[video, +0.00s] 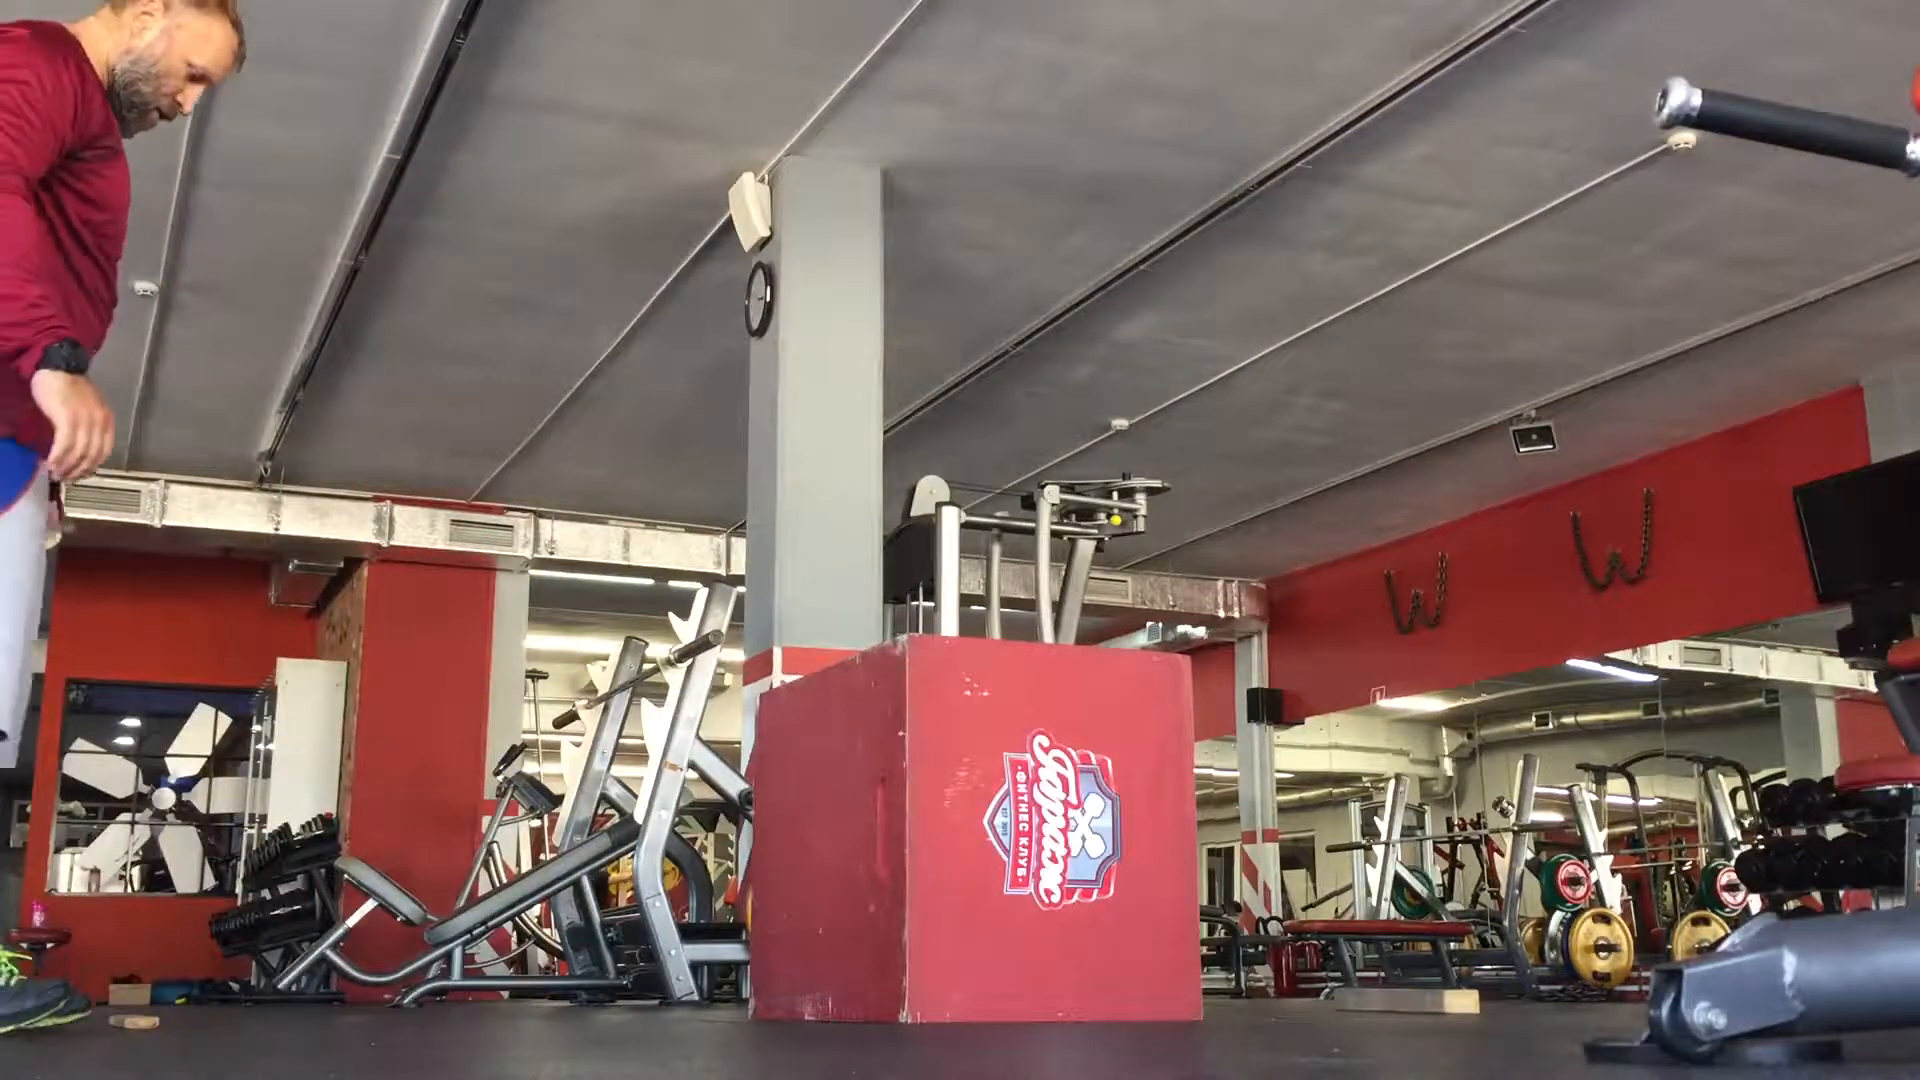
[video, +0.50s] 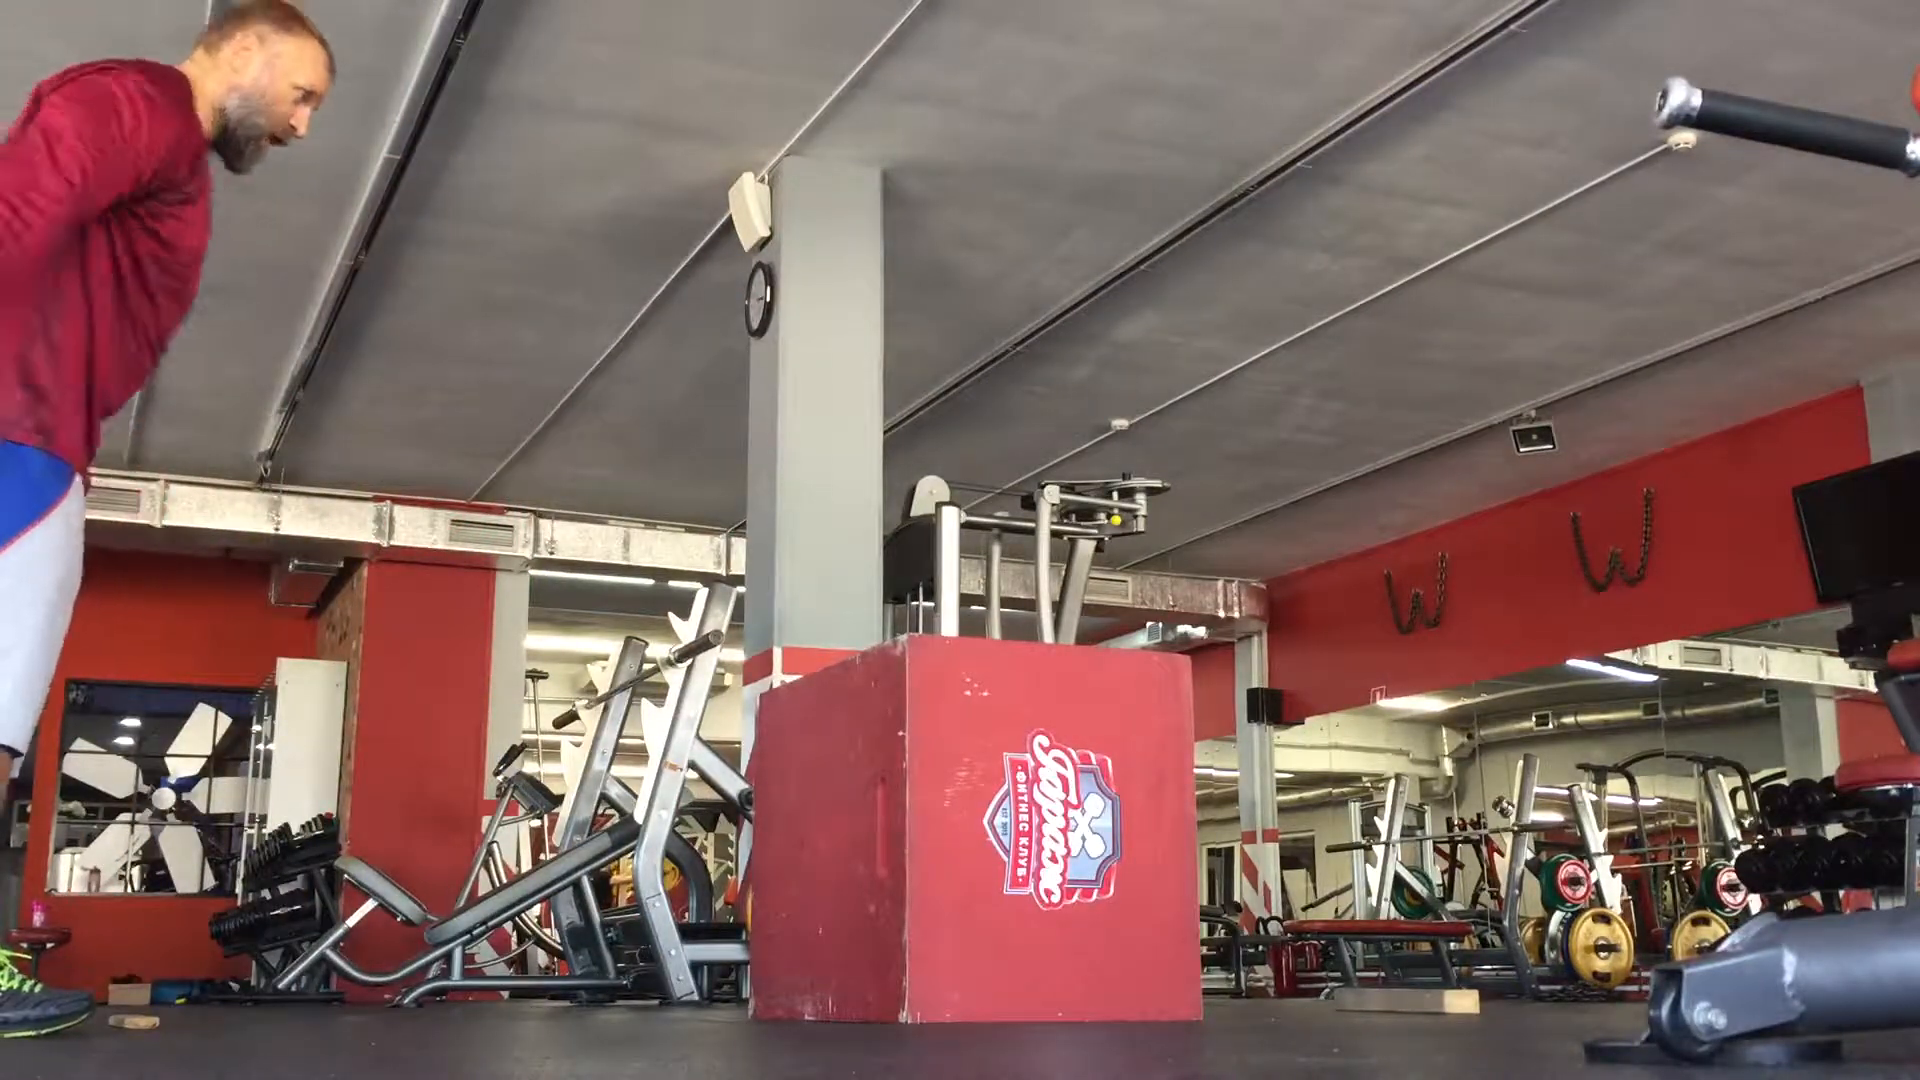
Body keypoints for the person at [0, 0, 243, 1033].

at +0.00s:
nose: (188, 105)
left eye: (204, 93)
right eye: (195, 75)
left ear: (141, 23)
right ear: (147, 16)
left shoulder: (74, 93)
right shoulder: (42, 67)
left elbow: (34, 256)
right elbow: (2, 195)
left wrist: (45, 465)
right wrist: (48, 364)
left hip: (25, 451)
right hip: (9, 449)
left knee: (9, 708)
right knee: (3, 710)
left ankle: (7, 963)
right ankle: (2, 966)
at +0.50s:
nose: (302, 124)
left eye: (314, 108)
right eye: (302, 94)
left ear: (240, 58)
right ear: (240, 52)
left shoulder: (164, 131)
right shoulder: (143, 103)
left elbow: (43, 264)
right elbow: (14, 220)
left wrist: (60, 449)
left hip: (40, 453)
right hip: (25, 451)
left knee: (12, 723)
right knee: (7, 724)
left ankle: (2, 963)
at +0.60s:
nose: (351, 157)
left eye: (363, 142)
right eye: (353, 125)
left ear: (300, 105)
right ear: (288, 82)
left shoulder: (217, 172)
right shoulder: (194, 113)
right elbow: (20, 110)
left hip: (43, 438)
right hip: (25, 432)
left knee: (17, 723)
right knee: (10, 723)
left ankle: (4, 958)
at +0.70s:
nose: (394, 222)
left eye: (404, 204)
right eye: (395, 190)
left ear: (340, 163)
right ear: (333, 147)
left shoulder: (249, 226)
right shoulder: (243, 152)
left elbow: (97, 299)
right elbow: (82, 76)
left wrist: (73, 447)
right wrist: (8, 50)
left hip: (37, 422)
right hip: (19, 407)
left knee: (41, 672)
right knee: (40, 672)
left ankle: (7, 952)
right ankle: (3, 957)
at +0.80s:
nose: (424, 308)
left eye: (434, 291)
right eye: (424, 278)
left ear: (372, 247)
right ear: (370, 237)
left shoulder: (262, 296)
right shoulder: (271, 223)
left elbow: (30, 253)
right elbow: (104, 129)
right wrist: (5, 79)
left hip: (34, 447)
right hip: (22, 437)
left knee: (63, 678)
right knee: (75, 676)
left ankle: (7, 948)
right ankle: (3, 952)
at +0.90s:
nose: (458, 382)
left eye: (466, 361)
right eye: (457, 351)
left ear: (399, 327)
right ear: (399, 319)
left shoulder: (299, 394)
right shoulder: (281, 323)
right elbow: (87, 266)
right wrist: (2, 242)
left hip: (58, 494)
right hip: (35, 476)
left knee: (103, 724)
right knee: (125, 718)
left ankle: (6, 945)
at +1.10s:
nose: (469, 282)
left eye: (474, 260)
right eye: (462, 249)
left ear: (385, 238)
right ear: (399, 228)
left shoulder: (314, 295)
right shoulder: (334, 286)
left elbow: (429, 454)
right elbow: (460, 406)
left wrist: (588, 445)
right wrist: (603, 427)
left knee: (155, 777)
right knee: (199, 777)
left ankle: (12, 941)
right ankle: (8, 922)